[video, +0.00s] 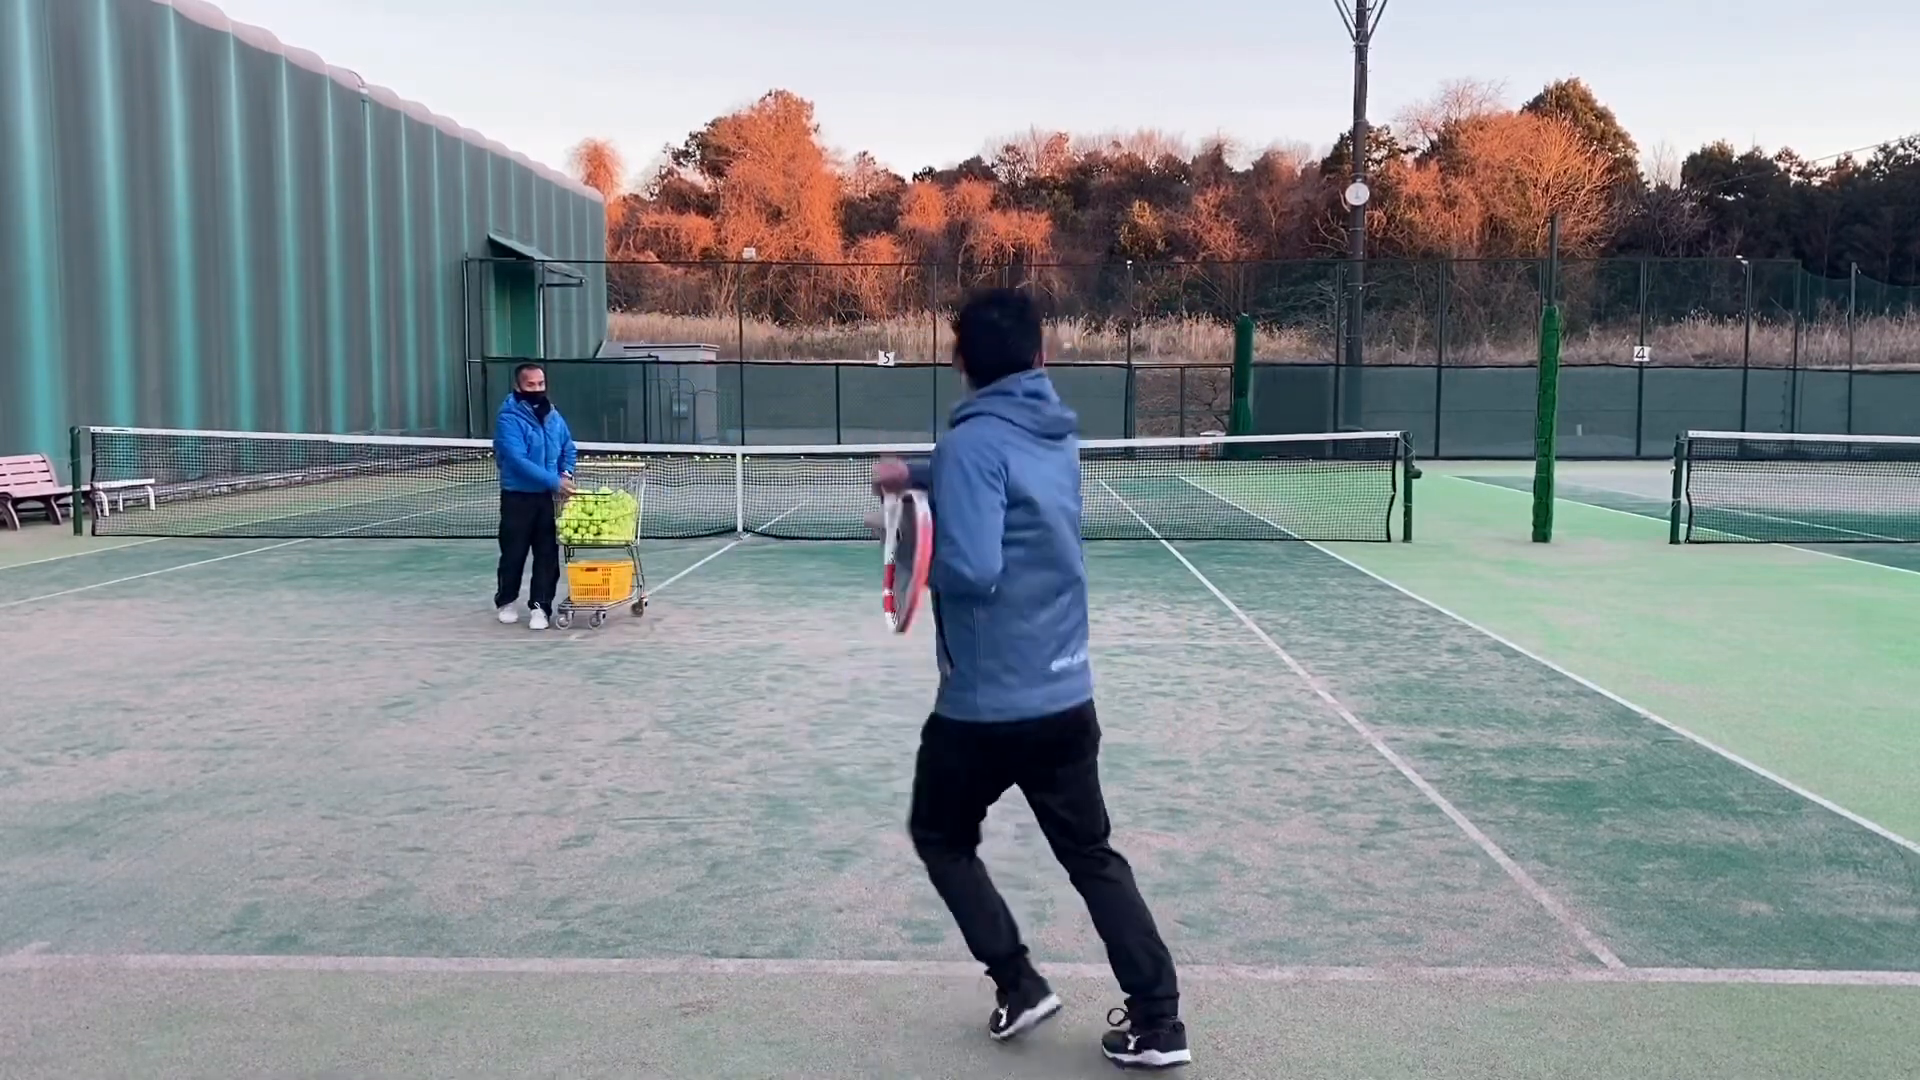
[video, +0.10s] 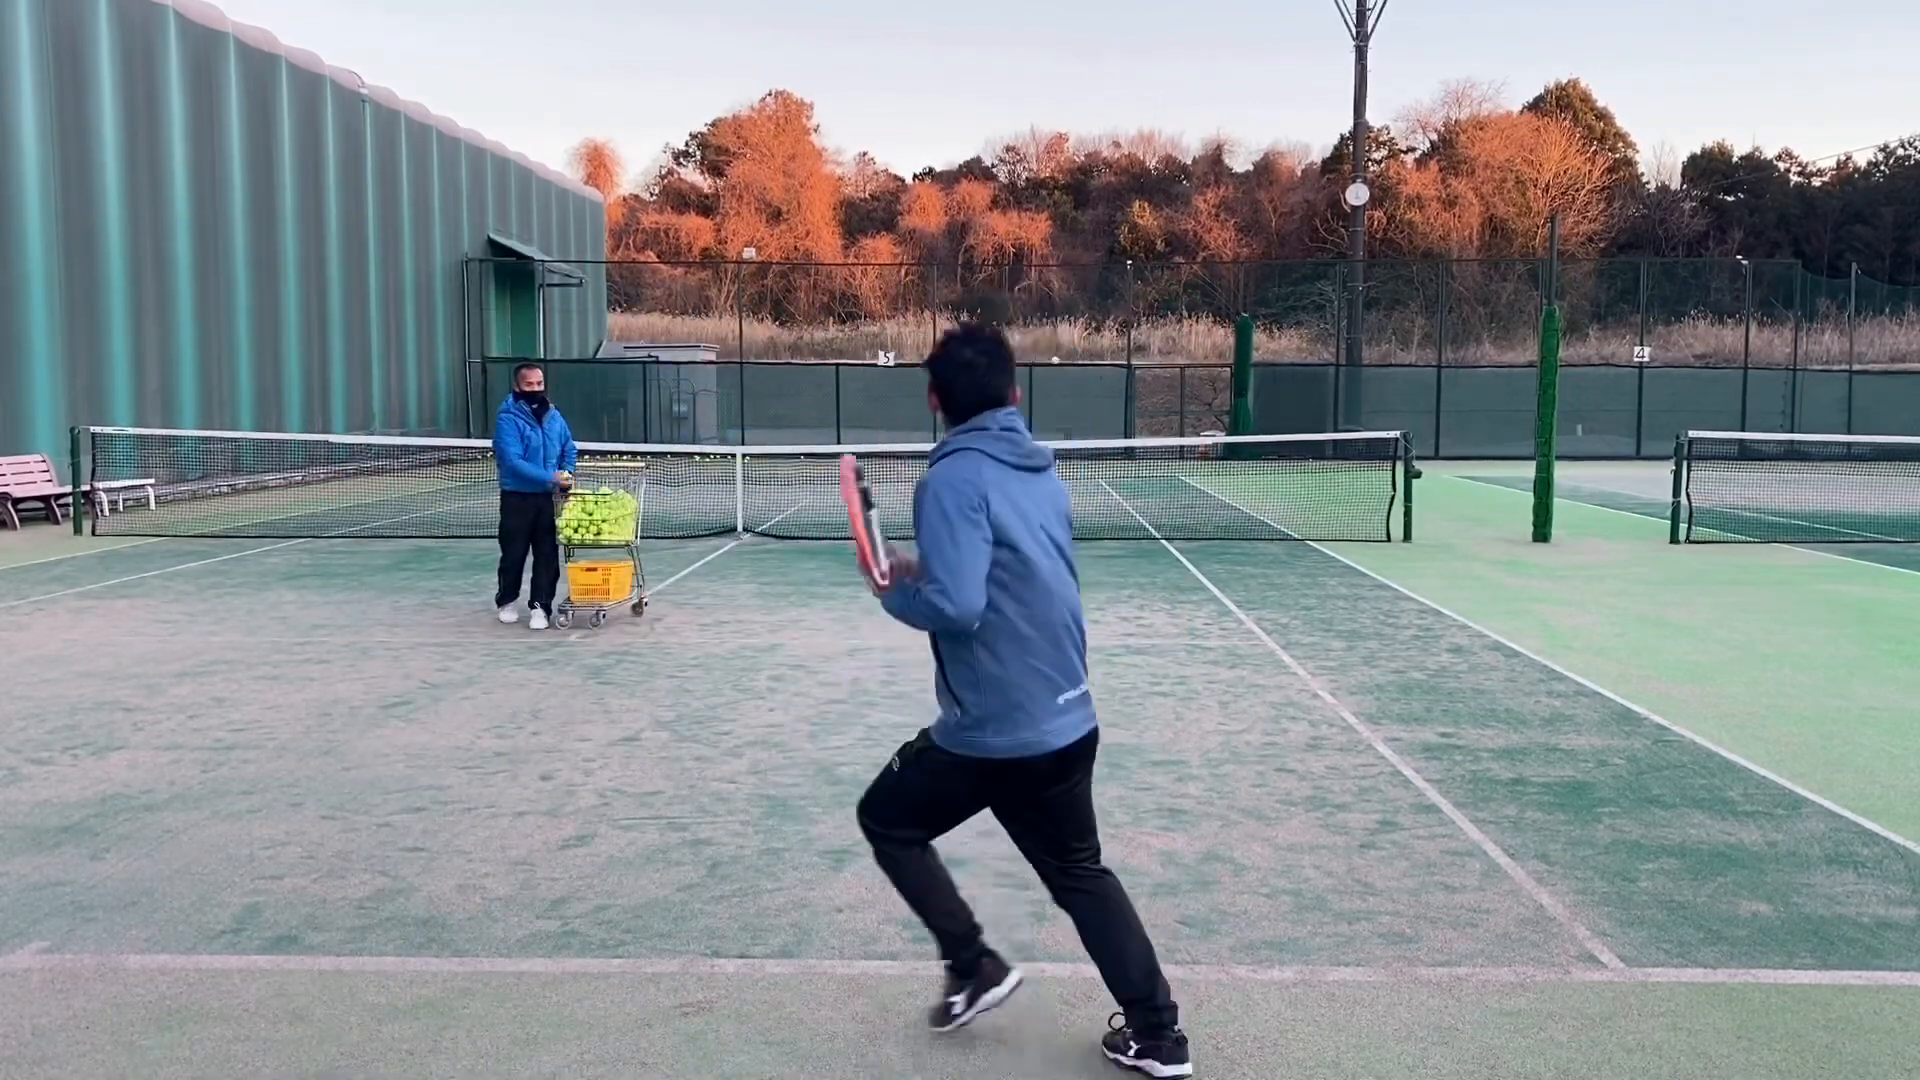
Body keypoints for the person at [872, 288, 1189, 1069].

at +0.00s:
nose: (952, 362)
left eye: (954, 352)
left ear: (962, 360)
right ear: (1041, 354)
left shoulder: (970, 445)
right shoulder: (1056, 433)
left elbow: (974, 569)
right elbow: (995, 475)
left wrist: (914, 520)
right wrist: (916, 472)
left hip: (985, 710)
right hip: (1064, 700)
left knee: (941, 836)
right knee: (1092, 854)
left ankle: (1018, 983)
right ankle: (1158, 1021)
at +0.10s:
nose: (926, 395)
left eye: (928, 385)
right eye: (930, 383)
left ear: (936, 397)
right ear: (1011, 391)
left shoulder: (953, 479)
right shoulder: (1038, 469)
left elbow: (956, 605)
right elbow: (1034, 578)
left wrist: (895, 592)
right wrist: (930, 569)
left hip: (997, 732)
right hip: (1063, 720)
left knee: (887, 819)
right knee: (1081, 875)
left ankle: (971, 965)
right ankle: (1158, 1035)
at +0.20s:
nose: (888, 400)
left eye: (891, 391)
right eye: (890, 389)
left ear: (901, 402)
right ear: (975, 395)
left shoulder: (910, 489)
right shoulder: (1010, 481)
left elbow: (909, 613)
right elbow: (1036, 595)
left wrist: (859, 597)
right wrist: (904, 583)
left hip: (959, 738)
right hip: (1035, 728)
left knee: (842, 821)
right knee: (1065, 875)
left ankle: (881, 992)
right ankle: (1157, 1032)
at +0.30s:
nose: (843, 394)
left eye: (844, 383)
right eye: (930, 377)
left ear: (850, 389)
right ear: (927, 384)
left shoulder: (845, 477)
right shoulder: (967, 470)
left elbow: (826, 604)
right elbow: (1013, 584)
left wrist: (811, 556)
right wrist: (925, 591)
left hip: (886, 735)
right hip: (980, 722)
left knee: (799, 864)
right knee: (1036, 864)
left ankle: (810, 1044)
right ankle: (1142, 1016)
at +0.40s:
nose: (791, 368)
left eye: (792, 359)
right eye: (883, 355)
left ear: (801, 366)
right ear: (879, 362)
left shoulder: (777, 457)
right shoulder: (923, 459)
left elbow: (739, 581)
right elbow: (966, 572)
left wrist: (747, 530)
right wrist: (883, 572)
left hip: (818, 728)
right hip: (916, 717)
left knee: (772, 869)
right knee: (971, 858)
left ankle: (809, 1045)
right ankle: (1077, 1013)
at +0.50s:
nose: (750, 331)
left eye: (752, 320)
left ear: (758, 328)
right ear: (835, 323)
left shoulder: (727, 420)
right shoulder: (883, 425)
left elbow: (681, 542)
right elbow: (921, 547)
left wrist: (717, 504)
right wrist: (842, 549)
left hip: (766, 692)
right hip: (866, 685)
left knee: (772, 860)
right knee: (888, 847)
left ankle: (802, 1039)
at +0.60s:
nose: (709, 322)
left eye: (711, 311)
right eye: (717, 310)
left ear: (719, 316)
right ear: (796, 312)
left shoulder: (685, 411)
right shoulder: (849, 415)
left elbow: (635, 533)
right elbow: (884, 538)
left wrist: (700, 508)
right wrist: (807, 547)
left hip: (717, 674)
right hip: (817, 672)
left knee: (724, 849)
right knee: (807, 849)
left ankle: (738, 1039)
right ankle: (803, 1046)